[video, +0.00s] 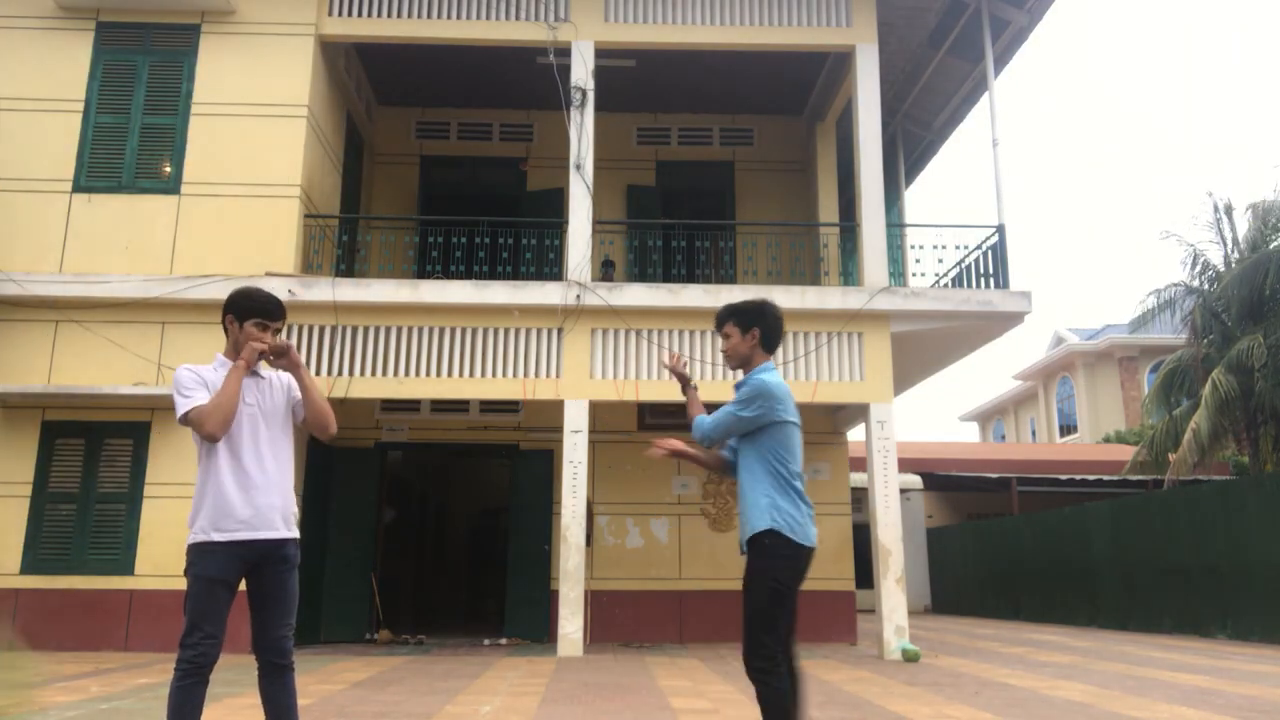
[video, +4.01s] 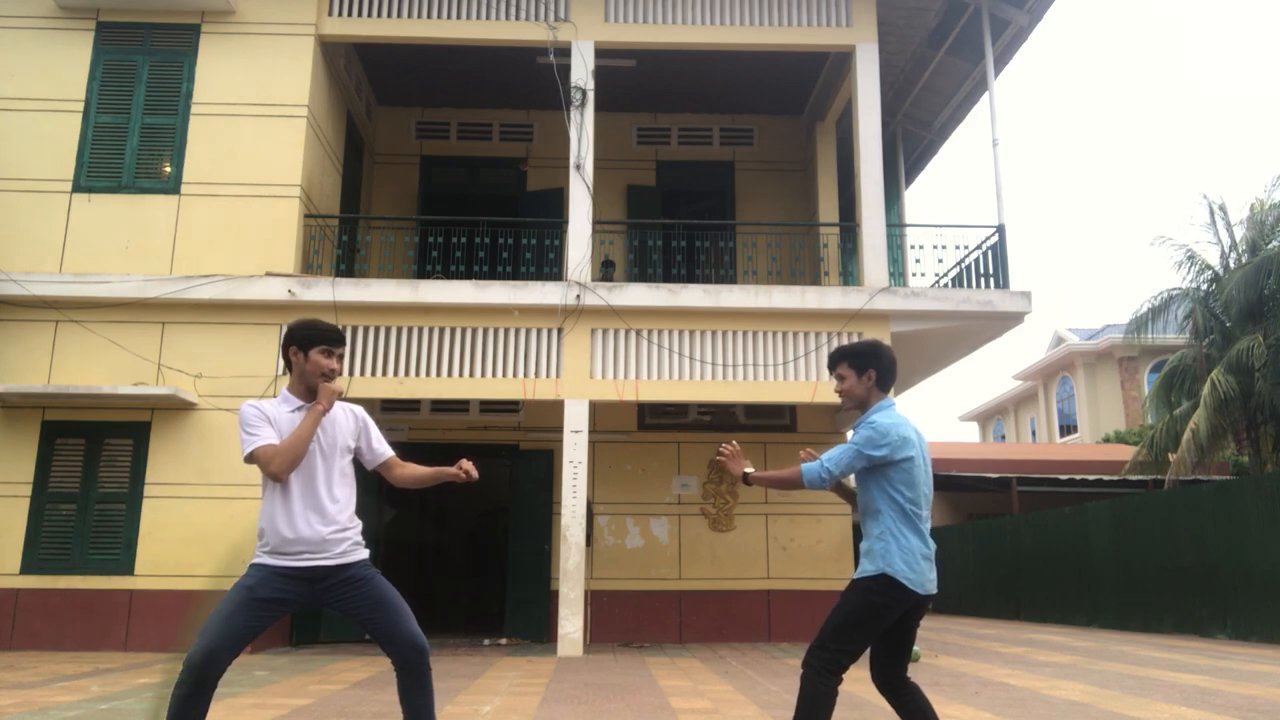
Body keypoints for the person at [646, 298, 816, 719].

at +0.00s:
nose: (721, 347)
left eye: (727, 337)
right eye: (721, 338)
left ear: (754, 336)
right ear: (751, 339)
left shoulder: (763, 385)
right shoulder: (767, 389)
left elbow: (703, 432)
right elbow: (734, 466)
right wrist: (686, 450)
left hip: (777, 535)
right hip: (783, 534)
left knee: (763, 658)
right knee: (773, 656)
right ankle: (786, 716)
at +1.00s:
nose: (839, 376)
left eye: (846, 367)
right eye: (839, 368)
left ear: (874, 367)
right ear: (870, 370)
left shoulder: (890, 421)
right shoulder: (873, 423)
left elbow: (852, 486)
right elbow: (817, 451)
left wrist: (806, 520)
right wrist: (775, 412)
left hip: (891, 562)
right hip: (894, 563)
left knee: (828, 663)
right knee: (890, 673)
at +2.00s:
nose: (826, 377)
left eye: (833, 368)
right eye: (825, 369)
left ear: (862, 369)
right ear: (852, 371)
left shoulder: (881, 423)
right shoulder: (866, 424)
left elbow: (845, 484)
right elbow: (823, 473)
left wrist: (783, 473)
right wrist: (772, 461)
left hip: (880, 567)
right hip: (888, 568)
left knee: (817, 663)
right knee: (886, 675)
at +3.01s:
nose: (838, 390)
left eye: (843, 380)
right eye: (837, 381)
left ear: (871, 380)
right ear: (871, 382)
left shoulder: (882, 429)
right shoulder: (904, 430)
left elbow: (817, 477)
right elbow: (878, 507)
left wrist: (750, 479)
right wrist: (834, 482)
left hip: (890, 574)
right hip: (918, 576)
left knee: (824, 667)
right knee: (889, 677)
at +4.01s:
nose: (836, 387)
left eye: (842, 378)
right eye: (835, 379)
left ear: (870, 378)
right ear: (869, 380)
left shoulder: (881, 427)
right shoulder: (902, 429)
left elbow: (817, 473)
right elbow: (875, 508)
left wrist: (747, 475)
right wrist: (830, 479)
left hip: (888, 573)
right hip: (915, 575)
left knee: (821, 666)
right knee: (890, 677)